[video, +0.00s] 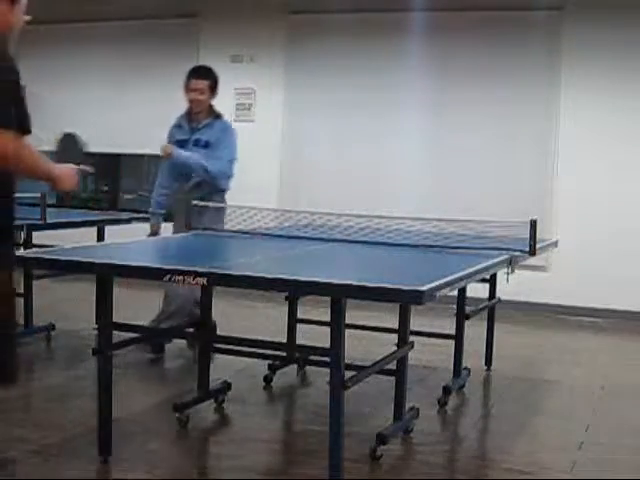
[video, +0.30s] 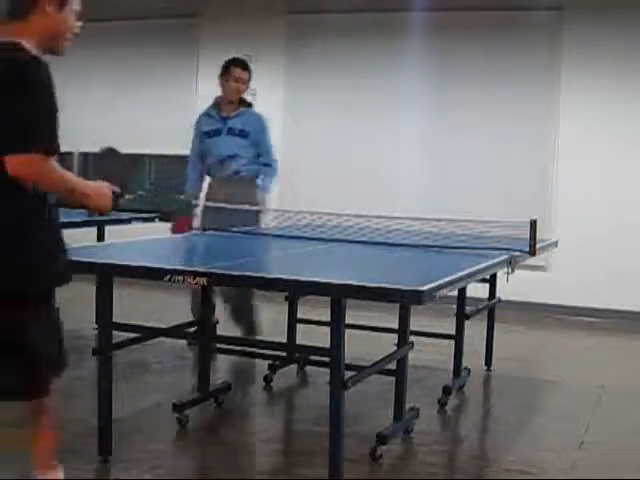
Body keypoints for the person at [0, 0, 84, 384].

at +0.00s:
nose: (24, 19)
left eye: (23, 10)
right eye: (21, 9)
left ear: (12, 12)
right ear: (8, 10)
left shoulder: (8, 62)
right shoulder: (5, 63)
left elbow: (13, 143)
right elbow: (9, 143)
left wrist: (51, 170)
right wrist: (54, 172)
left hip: (6, 218)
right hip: (3, 220)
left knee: (7, 283)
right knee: (6, 288)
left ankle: (7, 364)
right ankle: (5, 366)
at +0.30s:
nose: (77, 26)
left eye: (77, 16)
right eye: (74, 14)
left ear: (40, 10)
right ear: (47, 8)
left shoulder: (13, 61)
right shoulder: (23, 66)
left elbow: (23, 158)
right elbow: (23, 161)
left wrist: (78, 188)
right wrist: (85, 190)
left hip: (19, 250)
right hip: (19, 254)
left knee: (41, 365)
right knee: (40, 366)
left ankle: (45, 464)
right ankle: (45, 465)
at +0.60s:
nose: (130, 25)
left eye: (132, 16)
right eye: (127, 13)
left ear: (95, 11)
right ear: (100, 8)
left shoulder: (62, 60)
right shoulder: (67, 61)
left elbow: (81, 148)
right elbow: (41, 140)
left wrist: (126, 111)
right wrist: (109, 198)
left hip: (32, 246)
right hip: (58, 248)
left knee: (50, 376)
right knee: (102, 375)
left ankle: (48, 471)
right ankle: (75, 473)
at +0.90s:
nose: (178, 24)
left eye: (179, 15)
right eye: (177, 14)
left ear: (124, 15)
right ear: (162, 10)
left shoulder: (96, 63)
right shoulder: (130, 64)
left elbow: (148, 127)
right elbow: (115, 145)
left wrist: (171, 66)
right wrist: (185, 208)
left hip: (70, 241)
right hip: (110, 245)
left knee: (78, 374)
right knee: (142, 386)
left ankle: (55, 470)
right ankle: (144, 472)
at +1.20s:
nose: (207, 22)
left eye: (208, 15)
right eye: (208, 13)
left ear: (153, 12)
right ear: (197, 10)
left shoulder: (107, 61)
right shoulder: (196, 76)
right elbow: (223, 166)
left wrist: (190, 47)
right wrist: (274, 195)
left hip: (93, 244)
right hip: (156, 250)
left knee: (93, 374)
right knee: (158, 394)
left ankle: (68, 472)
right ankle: (147, 475)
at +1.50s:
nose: (205, 13)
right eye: (204, 8)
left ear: (142, 12)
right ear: (200, 12)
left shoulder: (105, 46)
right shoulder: (212, 65)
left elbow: (66, 1)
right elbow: (294, 62)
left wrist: (122, 11)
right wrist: (312, 38)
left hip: (89, 246)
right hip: (155, 254)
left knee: (72, 359)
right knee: (161, 389)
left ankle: (32, 458)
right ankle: (150, 474)